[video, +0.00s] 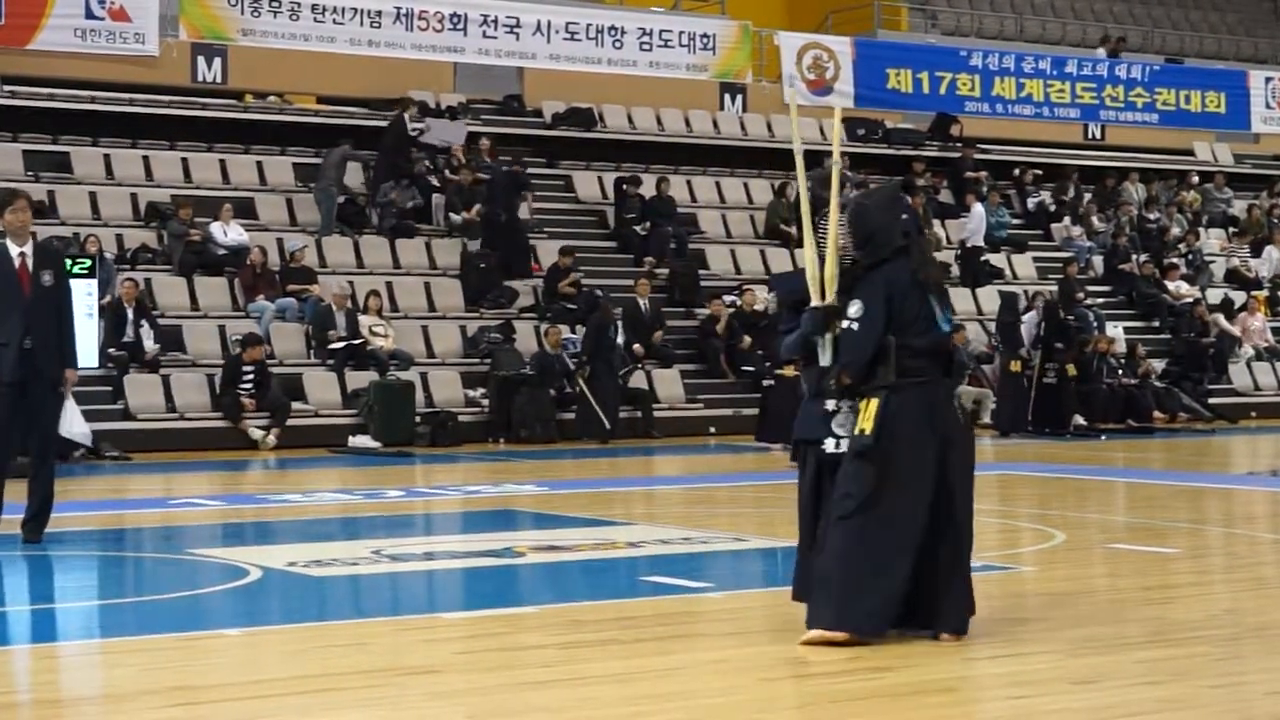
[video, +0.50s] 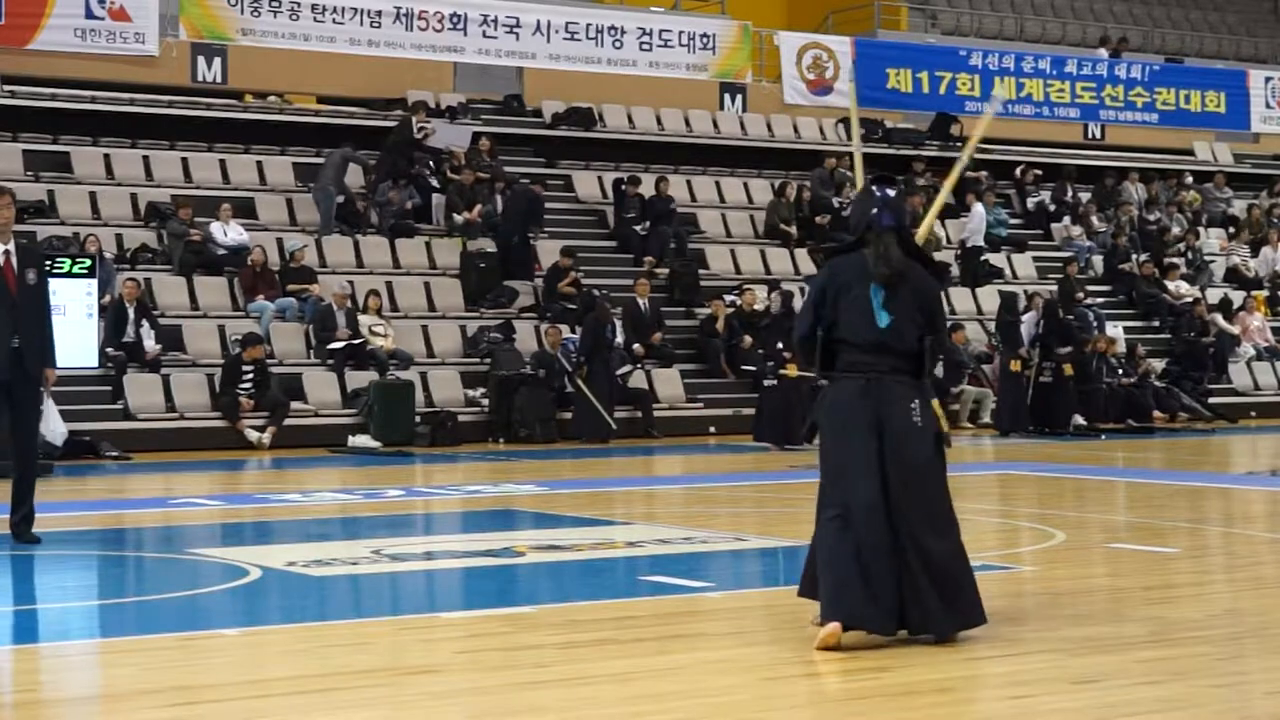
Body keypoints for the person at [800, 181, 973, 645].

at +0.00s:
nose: (848, 237)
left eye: (855, 228)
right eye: (848, 227)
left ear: (875, 232)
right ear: (904, 229)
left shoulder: (876, 282)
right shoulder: (927, 276)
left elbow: (857, 354)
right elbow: (939, 345)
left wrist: (841, 377)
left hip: (894, 409)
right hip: (940, 407)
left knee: (856, 506)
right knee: (944, 513)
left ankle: (843, 617)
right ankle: (950, 618)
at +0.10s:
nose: (854, 236)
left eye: (860, 226)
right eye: (854, 226)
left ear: (877, 229)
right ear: (908, 225)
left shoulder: (878, 278)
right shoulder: (934, 273)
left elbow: (855, 350)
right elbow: (951, 340)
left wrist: (844, 376)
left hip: (893, 407)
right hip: (942, 405)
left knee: (854, 505)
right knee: (946, 509)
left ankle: (848, 614)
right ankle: (953, 617)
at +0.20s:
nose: (856, 233)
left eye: (860, 224)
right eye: (856, 223)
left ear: (874, 228)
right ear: (911, 224)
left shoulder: (871, 279)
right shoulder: (936, 274)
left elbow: (848, 349)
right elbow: (952, 349)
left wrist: (838, 373)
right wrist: (935, 385)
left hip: (885, 407)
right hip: (937, 405)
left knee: (855, 505)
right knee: (949, 507)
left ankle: (841, 608)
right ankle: (956, 616)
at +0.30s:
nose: (855, 231)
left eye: (860, 224)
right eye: (855, 223)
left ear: (875, 228)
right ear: (908, 226)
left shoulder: (861, 277)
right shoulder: (936, 280)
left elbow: (831, 342)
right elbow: (945, 357)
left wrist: (800, 345)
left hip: (872, 408)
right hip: (926, 408)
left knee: (851, 505)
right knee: (939, 506)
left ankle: (837, 607)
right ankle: (950, 613)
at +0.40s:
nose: (853, 228)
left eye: (857, 221)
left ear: (863, 225)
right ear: (907, 223)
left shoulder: (847, 273)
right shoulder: (927, 275)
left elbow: (812, 342)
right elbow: (937, 346)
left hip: (862, 404)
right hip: (915, 404)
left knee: (847, 505)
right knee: (929, 504)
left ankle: (837, 612)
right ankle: (942, 614)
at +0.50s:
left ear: (858, 225)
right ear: (901, 226)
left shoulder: (834, 273)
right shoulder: (922, 280)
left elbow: (804, 337)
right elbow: (935, 345)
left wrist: (824, 370)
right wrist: (910, 379)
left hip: (846, 399)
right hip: (904, 399)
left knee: (841, 504)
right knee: (918, 503)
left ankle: (835, 612)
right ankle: (937, 614)